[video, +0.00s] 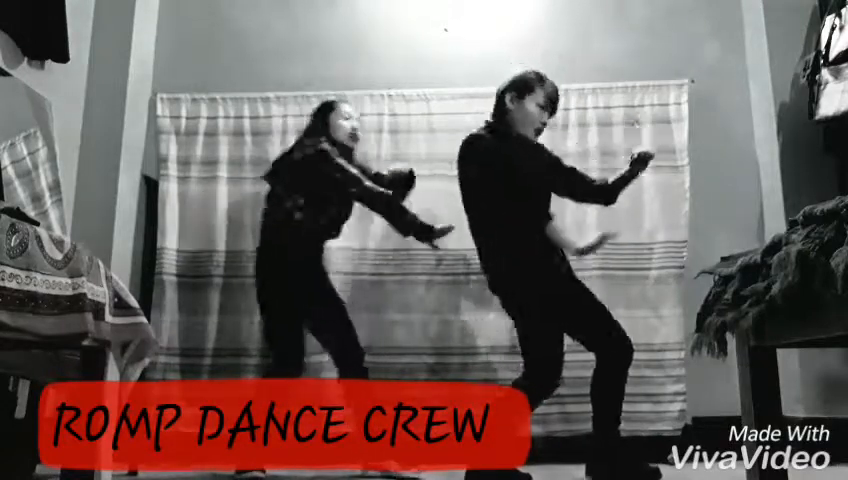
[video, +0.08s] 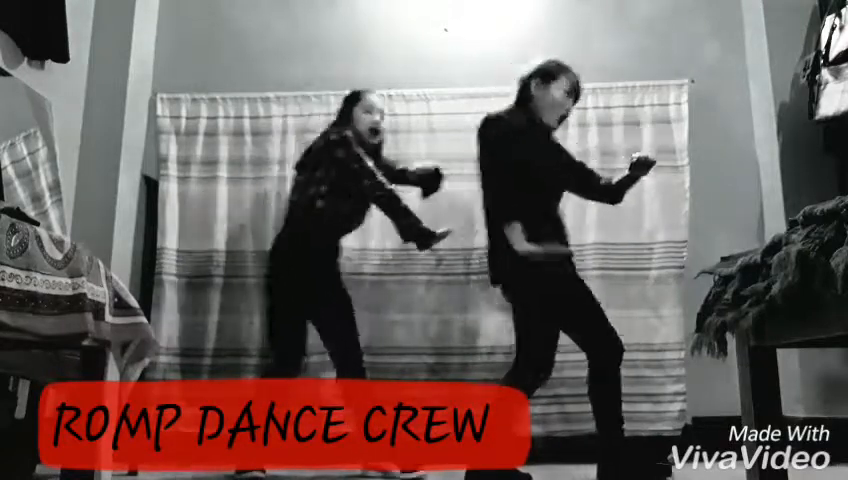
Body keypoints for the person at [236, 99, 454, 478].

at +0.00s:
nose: (355, 125)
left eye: (356, 118)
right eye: (346, 117)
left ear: (354, 128)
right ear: (325, 124)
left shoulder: (334, 156)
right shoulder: (318, 155)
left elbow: (367, 183)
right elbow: (365, 190)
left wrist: (396, 181)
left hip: (302, 267)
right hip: (285, 267)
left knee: (350, 355)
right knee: (286, 361)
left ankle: (367, 447)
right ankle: (253, 451)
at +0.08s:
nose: (378, 120)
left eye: (381, 115)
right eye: (370, 112)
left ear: (378, 122)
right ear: (349, 115)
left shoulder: (356, 148)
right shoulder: (340, 146)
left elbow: (386, 173)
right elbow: (377, 191)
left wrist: (420, 178)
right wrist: (419, 233)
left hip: (316, 262)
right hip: (298, 263)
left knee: (348, 355)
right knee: (286, 359)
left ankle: (367, 441)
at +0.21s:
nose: (408, 103)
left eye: (411, 98)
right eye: (399, 96)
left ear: (412, 106)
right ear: (379, 101)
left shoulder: (404, 144)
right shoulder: (367, 132)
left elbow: (437, 164)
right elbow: (358, 183)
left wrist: (481, 170)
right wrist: (373, 233)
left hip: (356, 251)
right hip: (337, 250)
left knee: (363, 348)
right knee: (292, 342)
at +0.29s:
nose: (420, 98)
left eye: (421, 92)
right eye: (411, 90)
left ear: (418, 101)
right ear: (389, 95)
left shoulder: (414, 140)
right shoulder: (376, 125)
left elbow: (451, 167)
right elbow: (355, 176)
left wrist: (499, 170)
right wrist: (376, 224)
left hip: (375, 250)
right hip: (353, 246)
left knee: (370, 349)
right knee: (307, 337)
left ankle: (375, 441)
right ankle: (247, 422)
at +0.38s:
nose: (424, 95)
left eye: (423, 88)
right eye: (416, 88)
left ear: (415, 99)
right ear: (394, 94)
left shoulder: (415, 139)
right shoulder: (378, 125)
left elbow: (447, 168)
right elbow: (351, 165)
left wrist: (501, 173)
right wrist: (375, 214)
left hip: (387, 247)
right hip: (363, 244)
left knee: (374, 348)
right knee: (318, 335)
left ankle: (375, 441)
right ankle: (253, 413)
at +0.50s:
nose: (427, 98)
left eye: (426, 91)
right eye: (420, 91)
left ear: (412, 99)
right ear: (396, 95)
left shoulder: (415, 142)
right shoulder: (378, 128)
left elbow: (445, 172)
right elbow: (347, 163)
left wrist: (492, 177)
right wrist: (376, 206)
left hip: (393, 250)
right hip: (370, 246)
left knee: (378, 350)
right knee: (324, 335)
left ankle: (377, 441)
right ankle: (260, 407)